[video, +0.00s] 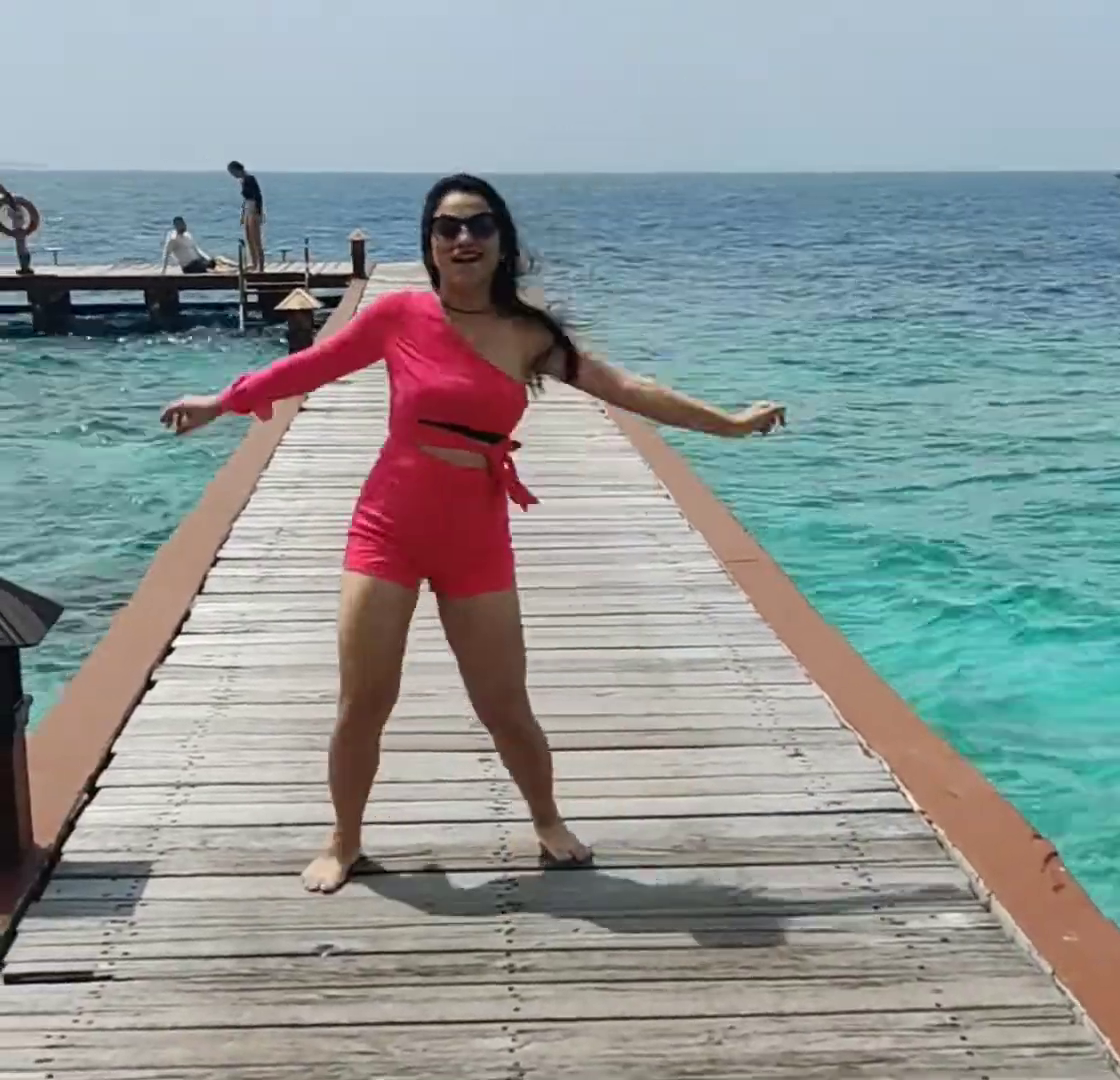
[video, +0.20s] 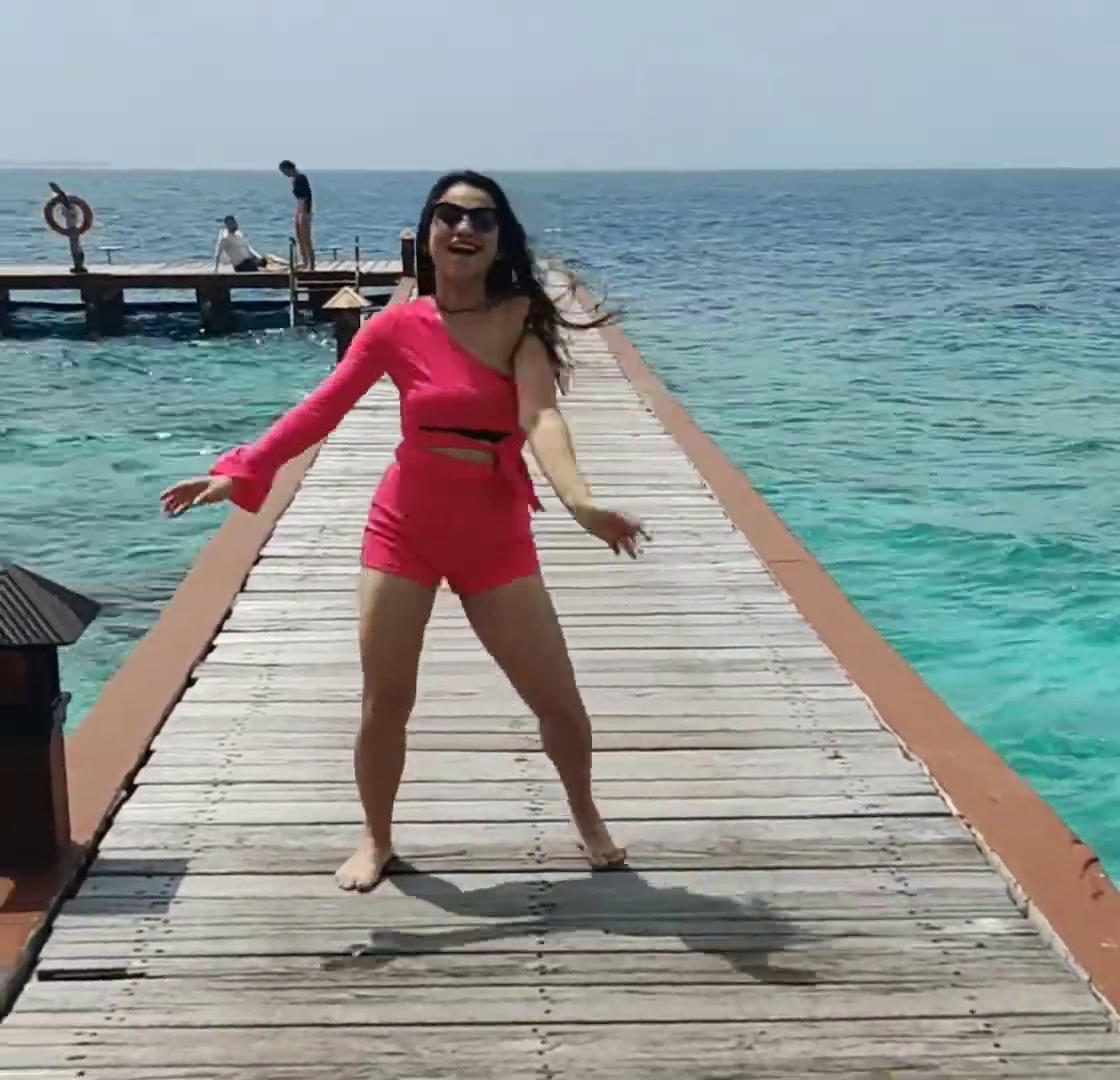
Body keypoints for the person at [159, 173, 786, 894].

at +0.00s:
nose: (461, 240)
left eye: (477, 227)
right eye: (447, 228)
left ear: (503, 242)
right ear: (429, 242)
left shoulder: (530, 334)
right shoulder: (398, 315)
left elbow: (625, 391)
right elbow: (311, 366)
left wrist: (728, 423)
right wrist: (220, 403)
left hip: (476, 535)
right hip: (387, 526)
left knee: (505, 708)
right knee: (364, 702)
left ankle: (549, 824)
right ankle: (344, 843)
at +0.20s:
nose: (463, 227)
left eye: (480, 217)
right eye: (449, 215)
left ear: (501, 236)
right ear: (427, 231)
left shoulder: (522, 327)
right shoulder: (397, 325)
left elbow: (543, 418)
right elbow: (320, 410)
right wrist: (236, 471)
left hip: (495, 534)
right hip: (402, 528)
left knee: (561, 706)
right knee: (385, 704)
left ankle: (585, 812)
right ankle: (375, 841)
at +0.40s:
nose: (477, 198)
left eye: (496, 189)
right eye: (464, 185)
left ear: (516, 210)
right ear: (441, 200)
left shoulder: (517, 278)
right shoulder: (418, 294)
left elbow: (464, 377)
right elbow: (426, 397)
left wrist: (358, 436)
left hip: (519, 505)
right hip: (433, 502)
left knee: (594, 679)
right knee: (397, 680)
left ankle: (664, 811)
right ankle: (384, 834)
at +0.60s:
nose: (508, 263)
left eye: (526, 251)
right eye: (495, 249)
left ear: (548, 264)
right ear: (476, 260)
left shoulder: (547, 319)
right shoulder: (476, 353)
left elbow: (550, 424)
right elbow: (454, 460)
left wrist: (458, 440)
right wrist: (505, 488)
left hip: (544, 562)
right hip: (470, 551)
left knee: (588, 727)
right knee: (393, 690)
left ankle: (673, 851)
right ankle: (383, 842)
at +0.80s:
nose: (567, 245)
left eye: (584, 233)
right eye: (551, 234)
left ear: (609, 247)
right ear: (532, 250)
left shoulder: (640, 327)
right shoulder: (510, 341)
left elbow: (738, 379)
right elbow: (452, 435)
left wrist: (678, 468)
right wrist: (453, 504)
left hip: (620, 546)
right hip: (529, 545)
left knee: (648, 720)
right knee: (441, 698)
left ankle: (682, 846)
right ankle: (393, 841)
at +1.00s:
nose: (590, 212)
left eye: (606, 197)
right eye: (573, 199)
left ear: (632, 210)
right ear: (554, 213)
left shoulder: (663, 293)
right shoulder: (523, 284)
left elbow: (786, 308)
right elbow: (416, 291)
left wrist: (874, 348)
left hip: (626, 509)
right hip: (534, 505)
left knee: (658, 686)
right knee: (458, 674)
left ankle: (677, 837)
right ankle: (394, 825)